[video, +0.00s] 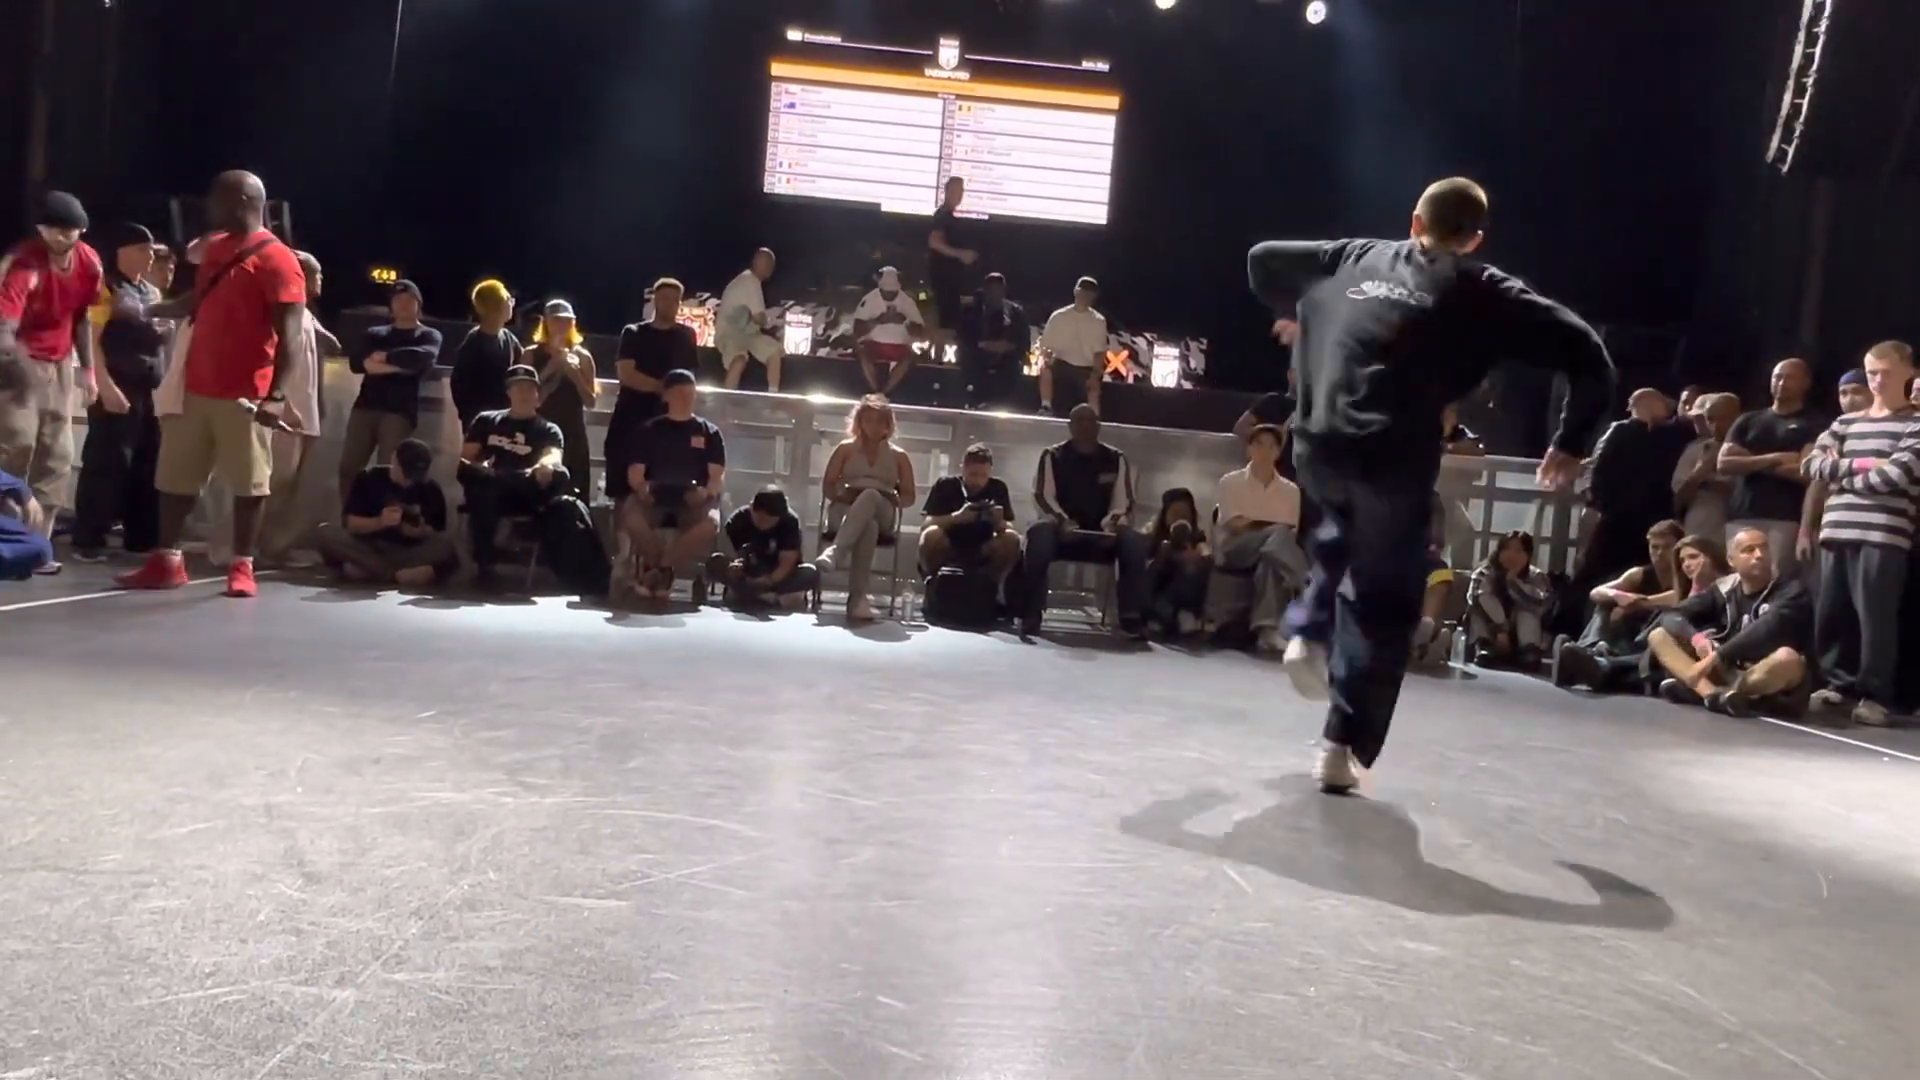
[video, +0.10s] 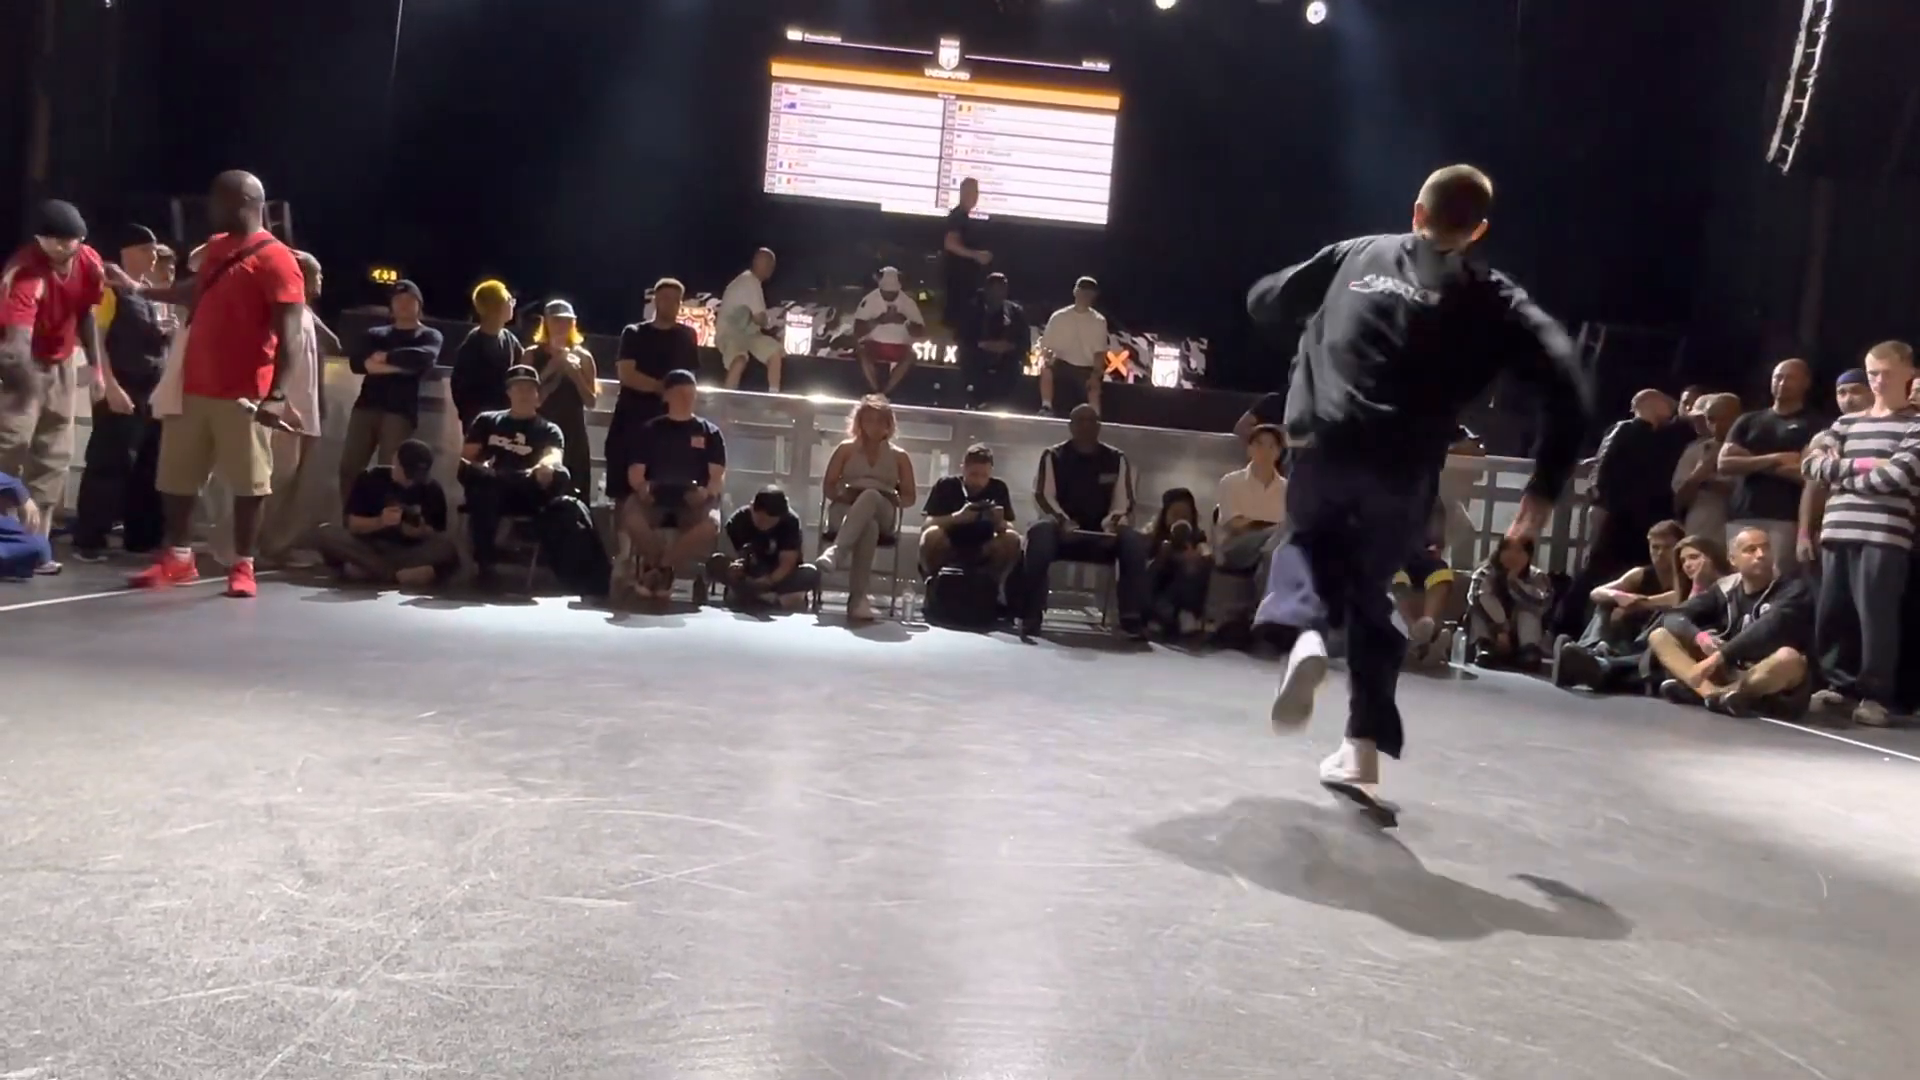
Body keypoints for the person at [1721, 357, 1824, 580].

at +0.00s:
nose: (1781, 383)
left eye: (1788, 378)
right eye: (1778, 377)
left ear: (1805, 383)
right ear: (1771, 381)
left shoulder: (1816, 425)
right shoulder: (1748, 421)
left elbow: (1808, 472)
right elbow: (1724, 463)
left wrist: (1751, 461)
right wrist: (1779, 459)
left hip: (1786, 518)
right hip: (1744, 516)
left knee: (1780, 591)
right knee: (1740, 590)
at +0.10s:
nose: (1781, 383)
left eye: (1789, 378)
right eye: (1778, 377)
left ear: (1805, 383)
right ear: (1772, 381)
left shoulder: (1815, 425)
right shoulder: (1747, 421)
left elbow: (1809, 472)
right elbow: (1724, 463)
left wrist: (1750, 460)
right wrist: (1779, 459)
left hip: (1784, 519)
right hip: (1742, 516)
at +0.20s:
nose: (1781, 383)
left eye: (1788, 378)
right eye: (1778, 377)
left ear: (1805, 384)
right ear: (1771, 381)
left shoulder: (1818, 425)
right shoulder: (1748, 420)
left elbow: (1813, 470)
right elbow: (1724, 463)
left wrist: (1752, 462)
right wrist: (1777, 459)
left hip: (1787, 520)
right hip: (1744, 518)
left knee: (1783, 594)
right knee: (1740, 594)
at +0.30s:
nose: (1781, 382)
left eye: (1789, 378)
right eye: (1778, 377)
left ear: (1804, 384)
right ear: (1771, 382)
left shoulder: (1817, 425)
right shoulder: (1747, 421)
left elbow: (1813, 472)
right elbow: (1724, 463)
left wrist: (1752, 462)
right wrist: (1777, 459)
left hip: (1786, 520)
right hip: (1743, 518)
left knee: (1782, 595)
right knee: (1739, 595)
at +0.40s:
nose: (1781, 383)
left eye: (1788, 378)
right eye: (1777, 378)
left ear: (1803, 384)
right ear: (1770, 382)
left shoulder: (1816, 425)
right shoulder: (1746, 421)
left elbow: (1811, 473)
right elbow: (1723, 464)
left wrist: (1751, 462)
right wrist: (1777, 459)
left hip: (1786, 521)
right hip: (1742, 519)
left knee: (1782, 595)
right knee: (1739, 595)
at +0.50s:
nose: (1780, 383)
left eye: (1787, 379)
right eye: (1776, 378)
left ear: (1803, 384)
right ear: (1770, 382)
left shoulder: (1814, 425)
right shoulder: (1746, 422)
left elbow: (1807, 471)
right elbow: (1722, 464)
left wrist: (1749, 462)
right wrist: (1776, 459)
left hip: (1786, 521)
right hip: (1742, 519)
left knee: (1782, 597)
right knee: (1739, 596)